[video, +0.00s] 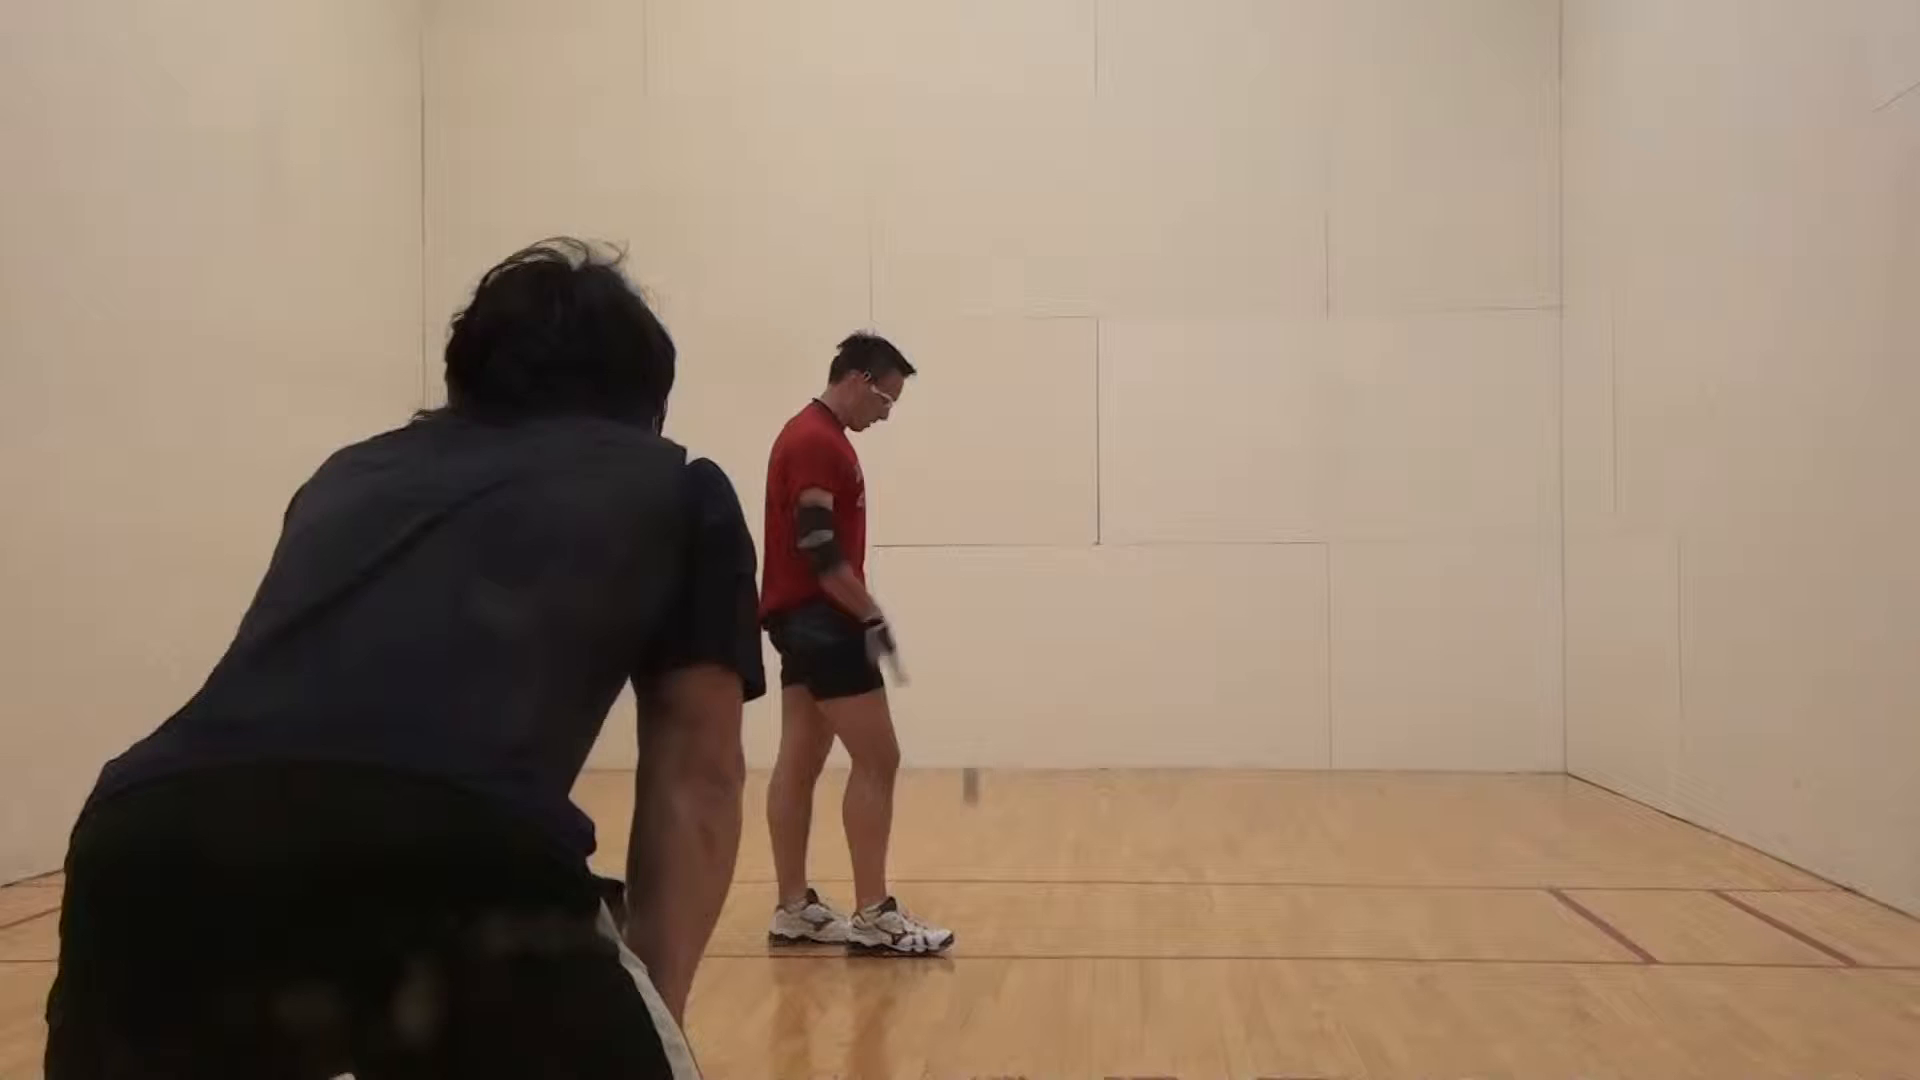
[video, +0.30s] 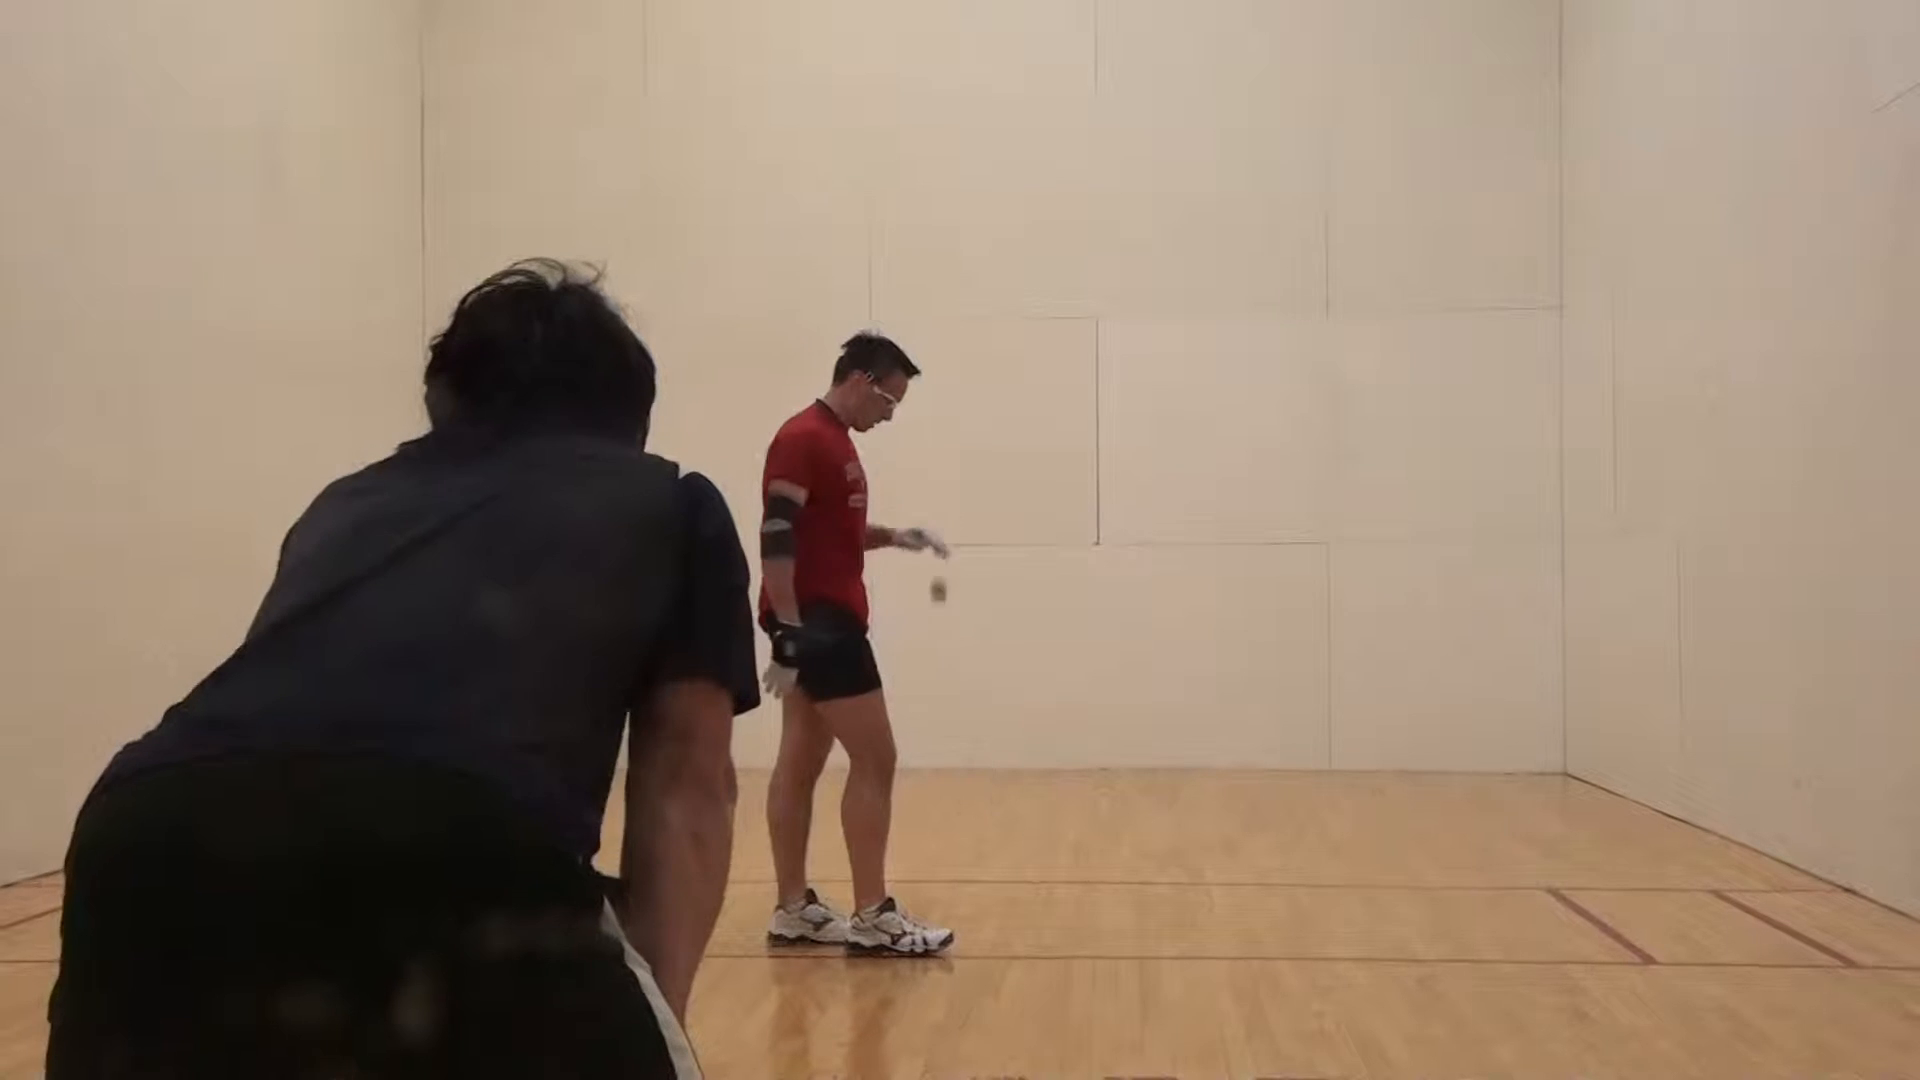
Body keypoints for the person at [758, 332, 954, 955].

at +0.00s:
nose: (887, 411)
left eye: (892, 400)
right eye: (885, 396)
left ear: (850, 383)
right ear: (853, 379)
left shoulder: (808, 435)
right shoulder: (818, 441)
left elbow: (808, 546)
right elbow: (818, 547)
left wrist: (853, 608)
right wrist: (872, 615)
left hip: (802, 616)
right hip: (821, 618)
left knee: (799, 760)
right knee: (876, 759)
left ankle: (793, 906)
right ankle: (873, 911)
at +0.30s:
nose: (891, 411)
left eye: (896, 400)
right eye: (889, 396)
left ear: (861, 385)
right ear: (856, 380)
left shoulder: (835, 440)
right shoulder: (805, 437)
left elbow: (835, 533)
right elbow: (776, 538)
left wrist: (897, 537)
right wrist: (789, 632)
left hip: (816, 621)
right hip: (825, 625)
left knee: (798, 765)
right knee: (874, 760)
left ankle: (793, 907)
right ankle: (872, 913)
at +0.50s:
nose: (890, 411)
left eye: (895, 402)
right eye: (888, 398)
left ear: (862, 387)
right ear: (855, 380)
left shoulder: (841, 443)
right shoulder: (799, 437)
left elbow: (856, 531)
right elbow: (767, 534)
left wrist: (913, 497)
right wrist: (791, 628)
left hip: (823, 622)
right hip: (820, 625)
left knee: (799, 764)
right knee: (870, 759)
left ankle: (793, 907)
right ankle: (871, 913)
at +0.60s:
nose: (888, 412)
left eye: (893, 401)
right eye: (886, 397)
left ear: (860, 384)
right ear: (856, 379)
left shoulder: (842, 444)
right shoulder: (795, 438)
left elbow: (851, 539)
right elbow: (768, 536)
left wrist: (923, 530)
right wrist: (801, 620)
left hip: (825, 621)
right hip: (817, 623)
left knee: (801, 762)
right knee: (869, 758)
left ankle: (793, 907)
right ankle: (871, 913)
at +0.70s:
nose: (885, 412)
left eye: (891, 401)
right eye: (884, 397)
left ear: (857, 384)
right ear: (854, 378)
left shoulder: (839, 444)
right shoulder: (794, 438)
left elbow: (851, 548)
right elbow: (768, 535)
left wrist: (922, 590)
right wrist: (814, 612)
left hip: (825, 619)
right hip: (816, 623)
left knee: (801, 760)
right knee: (867, 758)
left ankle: (793, 906)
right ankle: (872, 914)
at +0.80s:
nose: (886, 409)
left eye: (890, 399)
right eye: (883, 395)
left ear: (857, 384)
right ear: (851, 378)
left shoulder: (842, 441)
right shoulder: (795, 436)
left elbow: (843, 544)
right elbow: (770, 535)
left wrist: (873, 614)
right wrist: (836, 600)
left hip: (829, 618)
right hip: (811, 620)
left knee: (800, 763)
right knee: (868, 759)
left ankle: (793, 906)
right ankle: (871, 912)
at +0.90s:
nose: (885, 410)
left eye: (890, 400)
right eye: (883, 396)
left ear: (856, 383)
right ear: (851, 378)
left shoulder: (838, 440)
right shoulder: (796, 436)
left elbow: (821, 531)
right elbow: (774, 529)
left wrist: (856, 592)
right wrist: (852, 581)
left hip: (825, 615)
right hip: (809, 617)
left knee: (800, 761)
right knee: (868, 757)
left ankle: (793, 906)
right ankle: (871, 912)